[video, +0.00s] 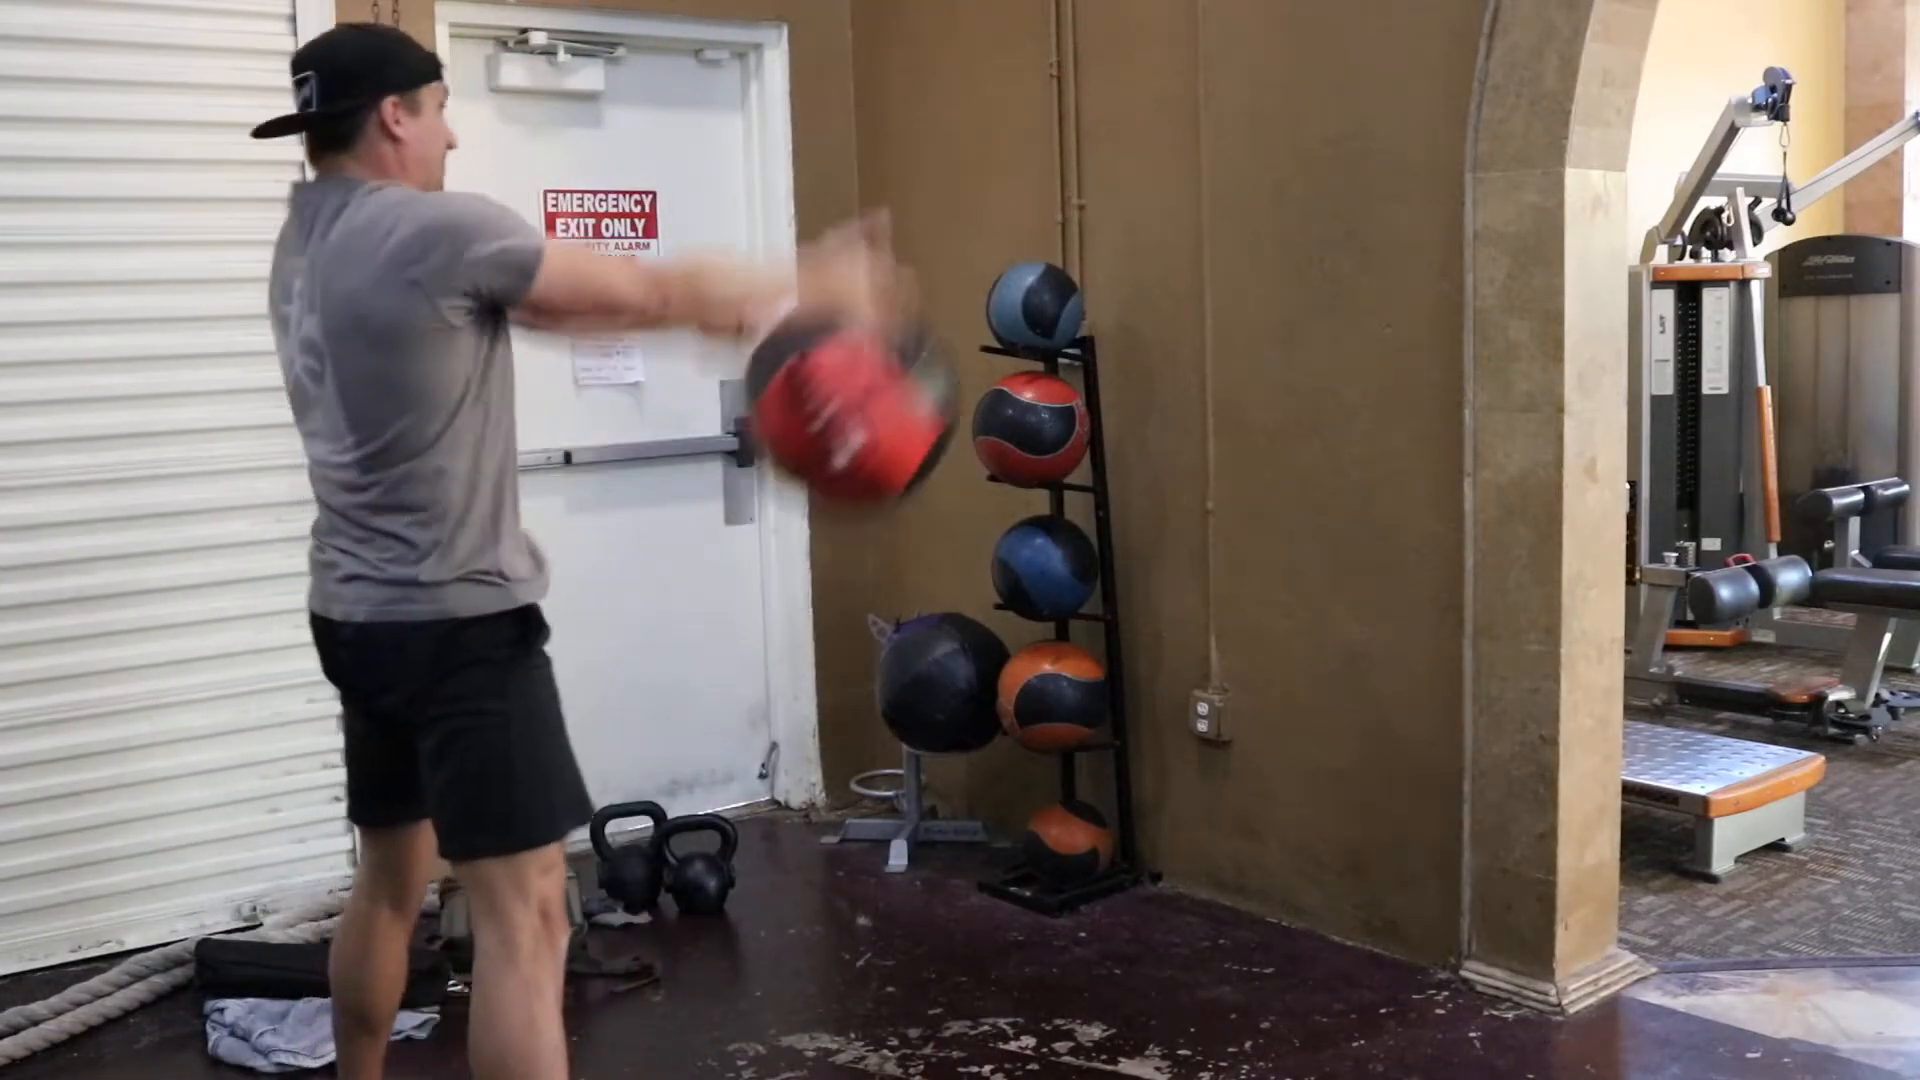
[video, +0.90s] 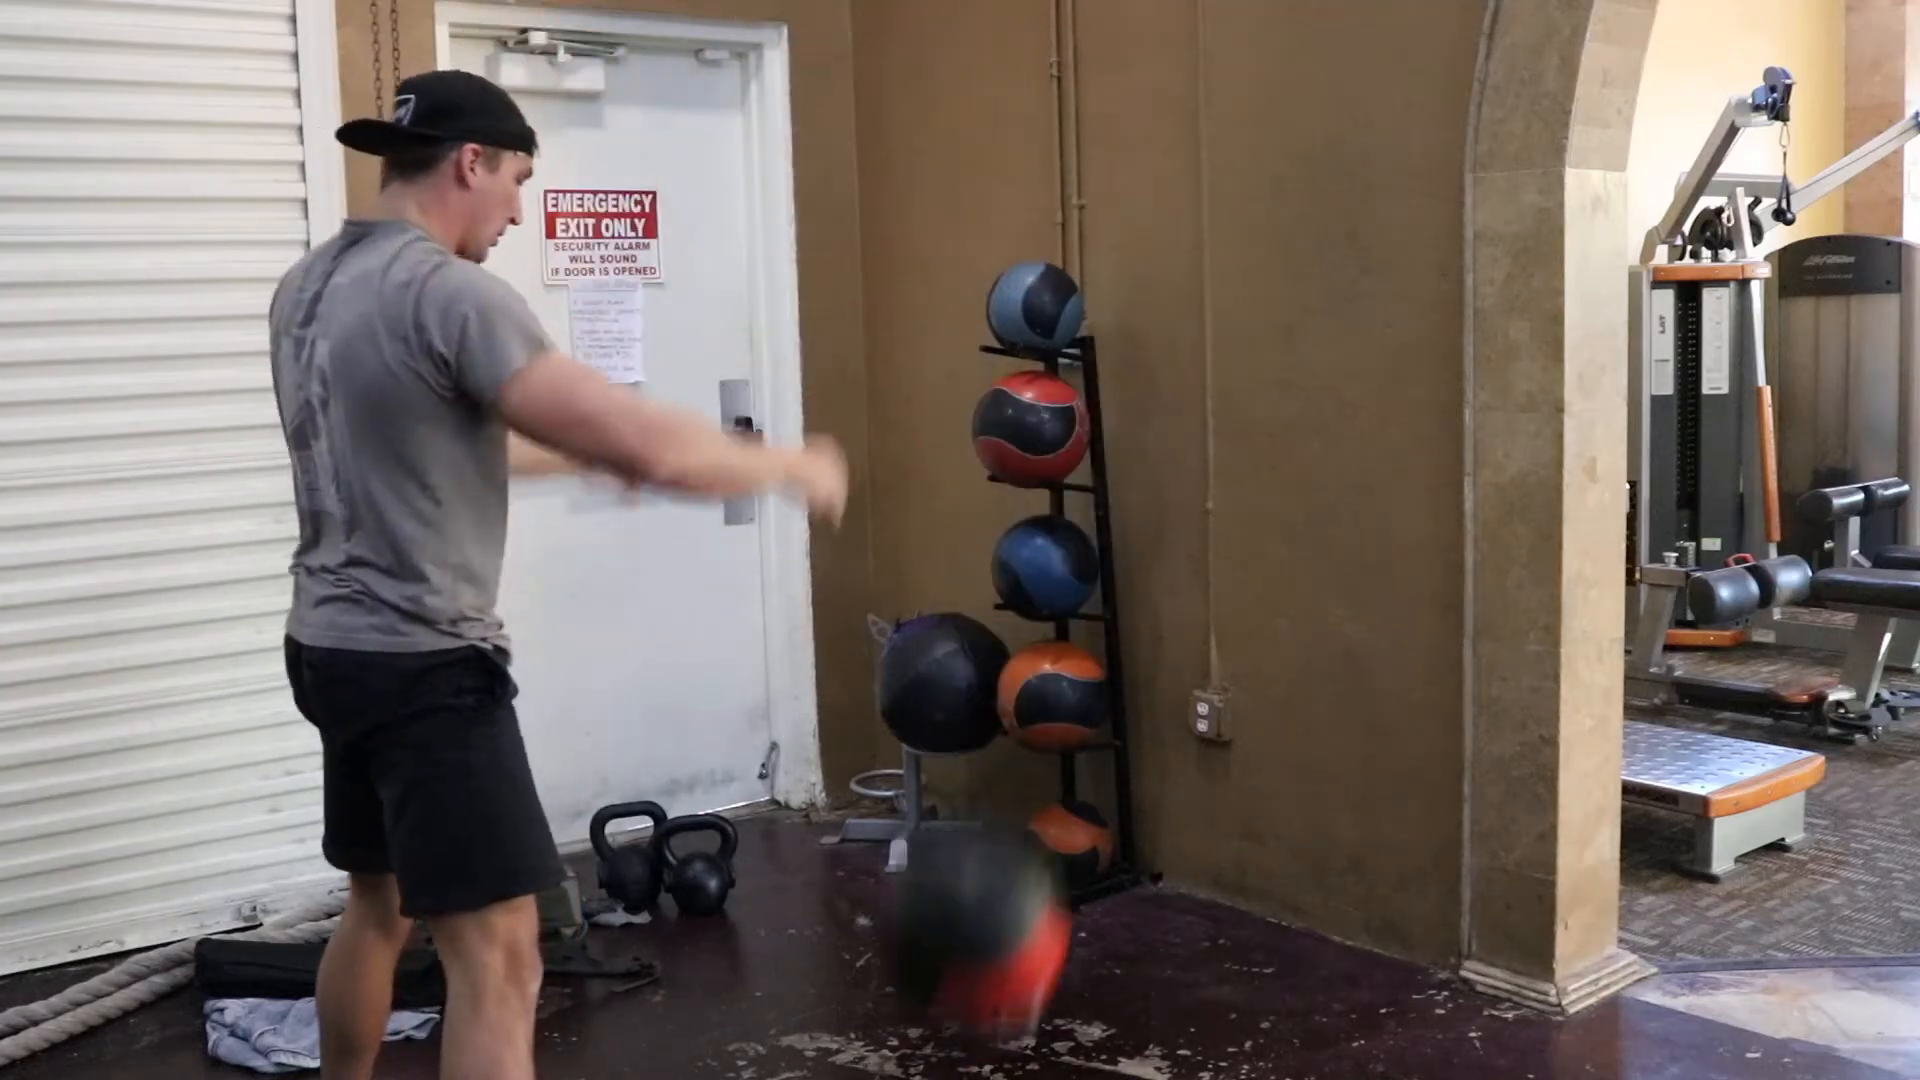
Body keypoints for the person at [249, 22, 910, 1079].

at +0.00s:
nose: (451, 133)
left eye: (446, 110)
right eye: (440, 111)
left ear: (349, 123)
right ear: (394, 119)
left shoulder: (309, 232)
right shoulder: (432, 230)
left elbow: (540, 303)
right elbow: (648, 290)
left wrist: (683, 303)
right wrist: (811, 280)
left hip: (357, 615)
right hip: (460, 620)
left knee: (388, 886)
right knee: (526, 919)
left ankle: (358, 1072)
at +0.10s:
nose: (464, 165)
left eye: (457, 143)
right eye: (451, 142)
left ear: (353, 157)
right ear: (403, 151)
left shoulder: (307, 269)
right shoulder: (429, 250)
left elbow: (506, 162)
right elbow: (613, 128)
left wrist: (619, 81)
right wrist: (698, 21)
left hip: (381, 647)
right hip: (485, 650)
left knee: (399, 897)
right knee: (532, 934)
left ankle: (354, 1069)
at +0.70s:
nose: (491, 191)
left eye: (495, 174)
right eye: (488, 171)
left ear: (374, 159)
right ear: (440, 161)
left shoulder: (299, 265)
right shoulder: (426, 261)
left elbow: (438, 163)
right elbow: (632, 166)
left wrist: (543, 59)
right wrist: (739, 15)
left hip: (357, 646)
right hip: (456, 656)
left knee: (376, 911)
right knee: (495, 958)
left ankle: (349, 1079)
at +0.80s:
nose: (495, 210)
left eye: (499, 185)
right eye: (495, 183)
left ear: (381, 164)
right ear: (446, 163)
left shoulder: (293, 275)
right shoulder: (427, 277)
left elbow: (428, 303)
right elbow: (672, 308)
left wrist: (574, 264)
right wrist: (799, 228)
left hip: (343, 648)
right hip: (441, 657)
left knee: (374, 917)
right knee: (492, 957)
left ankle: (344, 1076)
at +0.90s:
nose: (517, 212)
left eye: (521, 186)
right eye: (516, 182)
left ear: (423, 165)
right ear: (467, 165)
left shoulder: (304, 286)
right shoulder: (447, 294)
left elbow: (427, 446)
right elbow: (649, 446)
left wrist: (594, 459)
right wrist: (792, 465)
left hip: (331, 648)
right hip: (428, 660)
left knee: (375, 908)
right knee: (497, 955)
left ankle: (342, 1076)